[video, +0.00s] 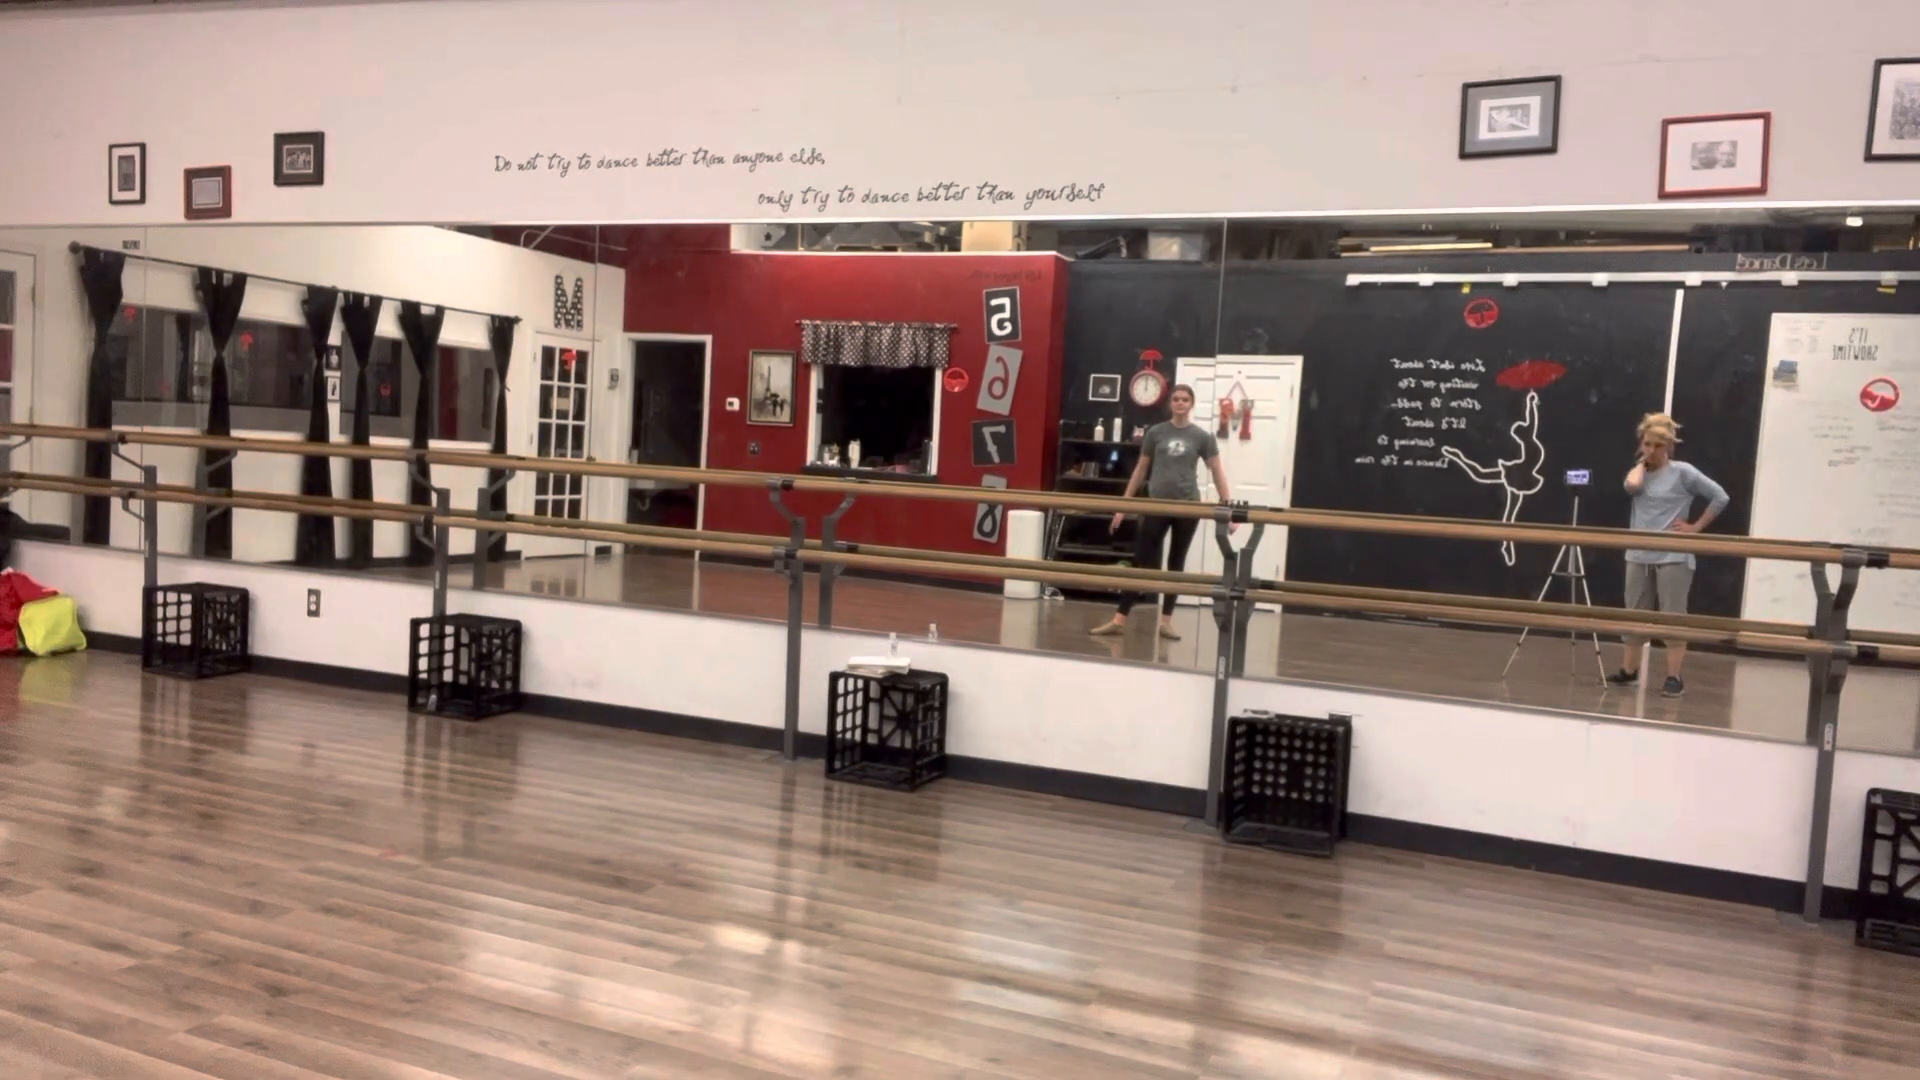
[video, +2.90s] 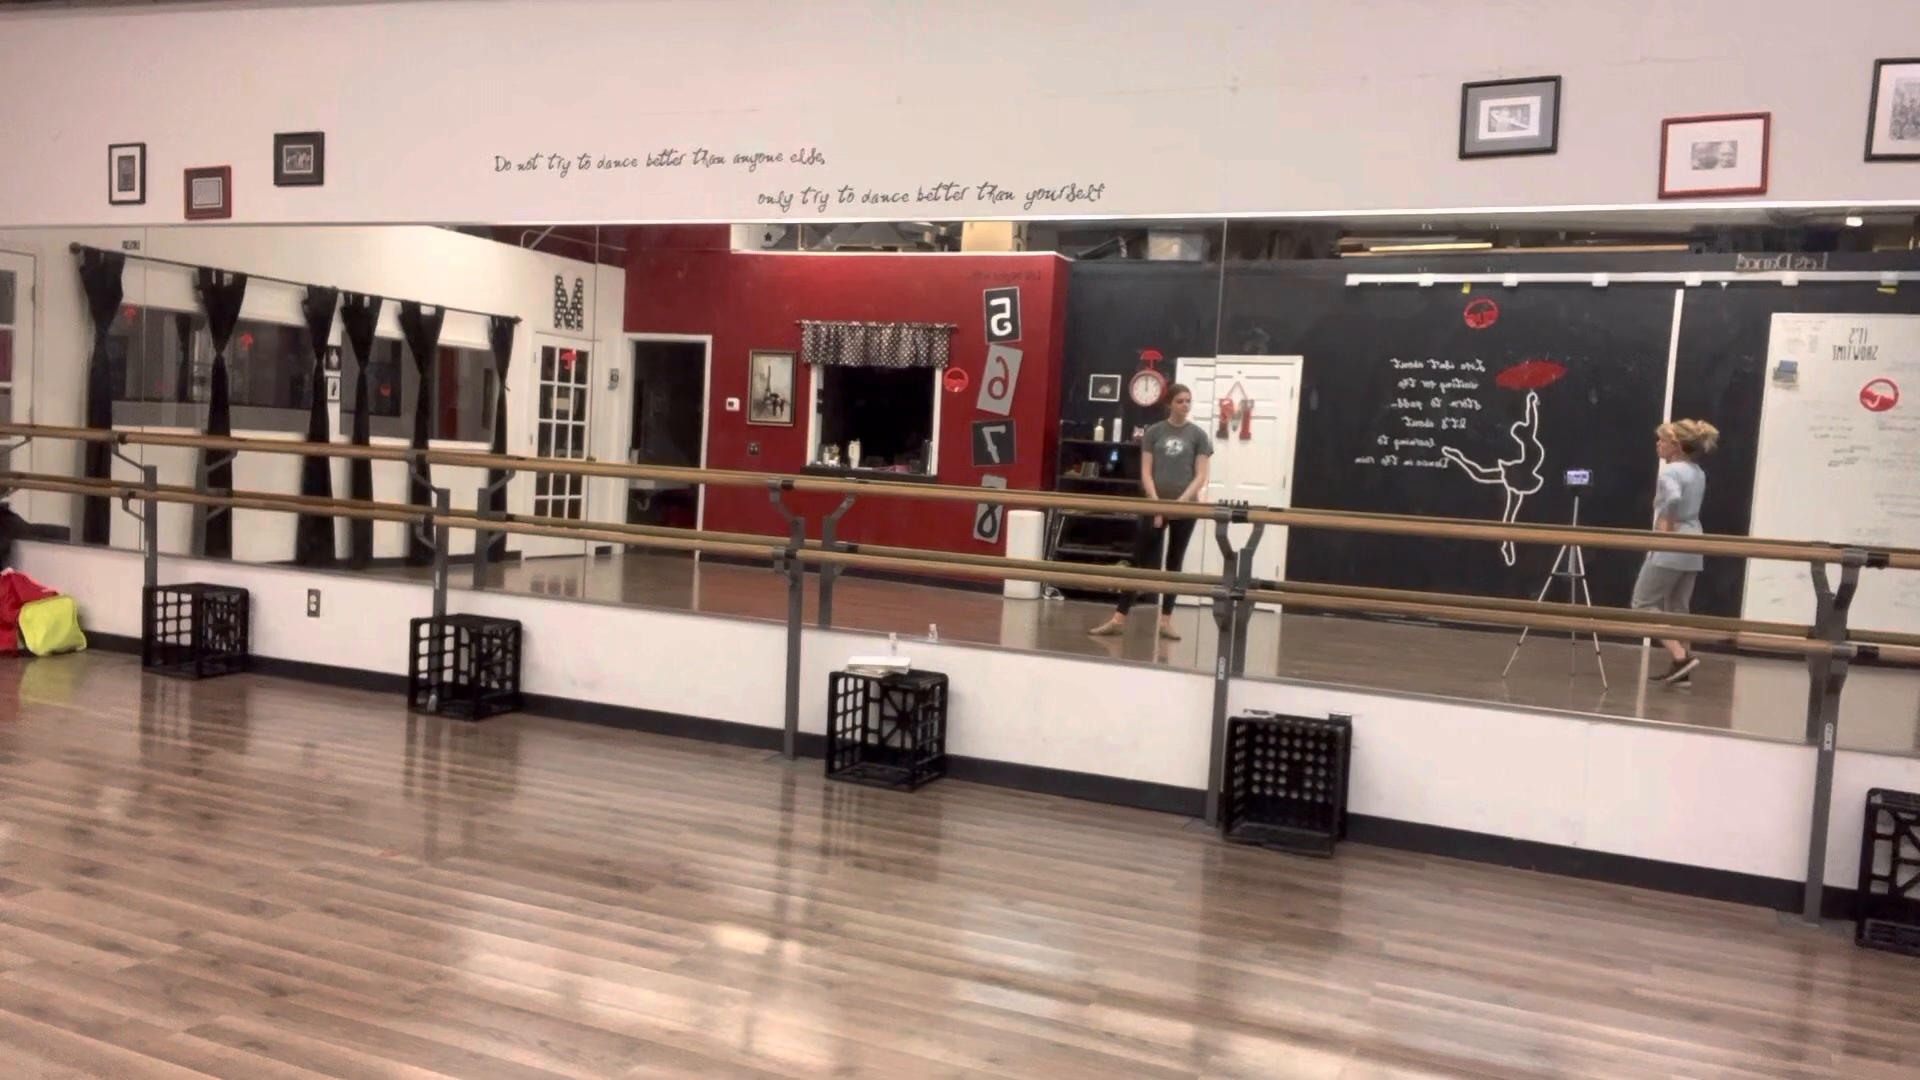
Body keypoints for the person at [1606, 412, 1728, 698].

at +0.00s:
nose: (1651, 451)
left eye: (1658, 446)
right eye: (1647, 445)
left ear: (1669, 447)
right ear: (1641, 446)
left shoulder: (1682, 472)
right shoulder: (1637, 472)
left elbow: (1721, 497)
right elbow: (1631, 486)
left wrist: (1695, 527)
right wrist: (1644, 459)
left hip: (1673, 556)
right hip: (1638, 554)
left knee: (1673, 617)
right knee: (1634, 613)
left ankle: (1673, 675)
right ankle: (1629, 670)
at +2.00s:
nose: (1645, 447)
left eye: (1650, 441)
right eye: (1646, 442)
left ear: (1666, 444)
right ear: (1661, 446)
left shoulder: (1677, 473)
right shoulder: (1664, 475)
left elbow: (1703, 501)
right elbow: (1644, 506)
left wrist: (1696, 526)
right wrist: (1655, 472)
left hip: (1686, 558)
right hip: (1665, 555)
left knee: (1681, 618)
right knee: (1649, 612)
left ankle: (1688, 679)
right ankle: (1635, 668)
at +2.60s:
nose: (1660, 445)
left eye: (1664, 440)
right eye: (1661, 439)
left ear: (1678, 446)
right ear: (1680, 447)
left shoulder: (1677, 473)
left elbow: (1691, 500)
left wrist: (1681, 524)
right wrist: (1664, 470)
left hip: (1676, 555)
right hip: (1679, 554)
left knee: (1673, 614)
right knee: (1671, 614)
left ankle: (1685, 676)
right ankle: (1676, 670)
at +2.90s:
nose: (1658, 444)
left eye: (1662, 440)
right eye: (1659, 439)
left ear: (1677, 446)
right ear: (1683, 447)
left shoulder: (1670, 472)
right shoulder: (1698, 473)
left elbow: (1673, 498)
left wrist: (1665, 524)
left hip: (1670, 542)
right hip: (1693, 541)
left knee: (1642, 604)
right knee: (1679, 607)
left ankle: (1680, 655)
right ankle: (1681, 665)